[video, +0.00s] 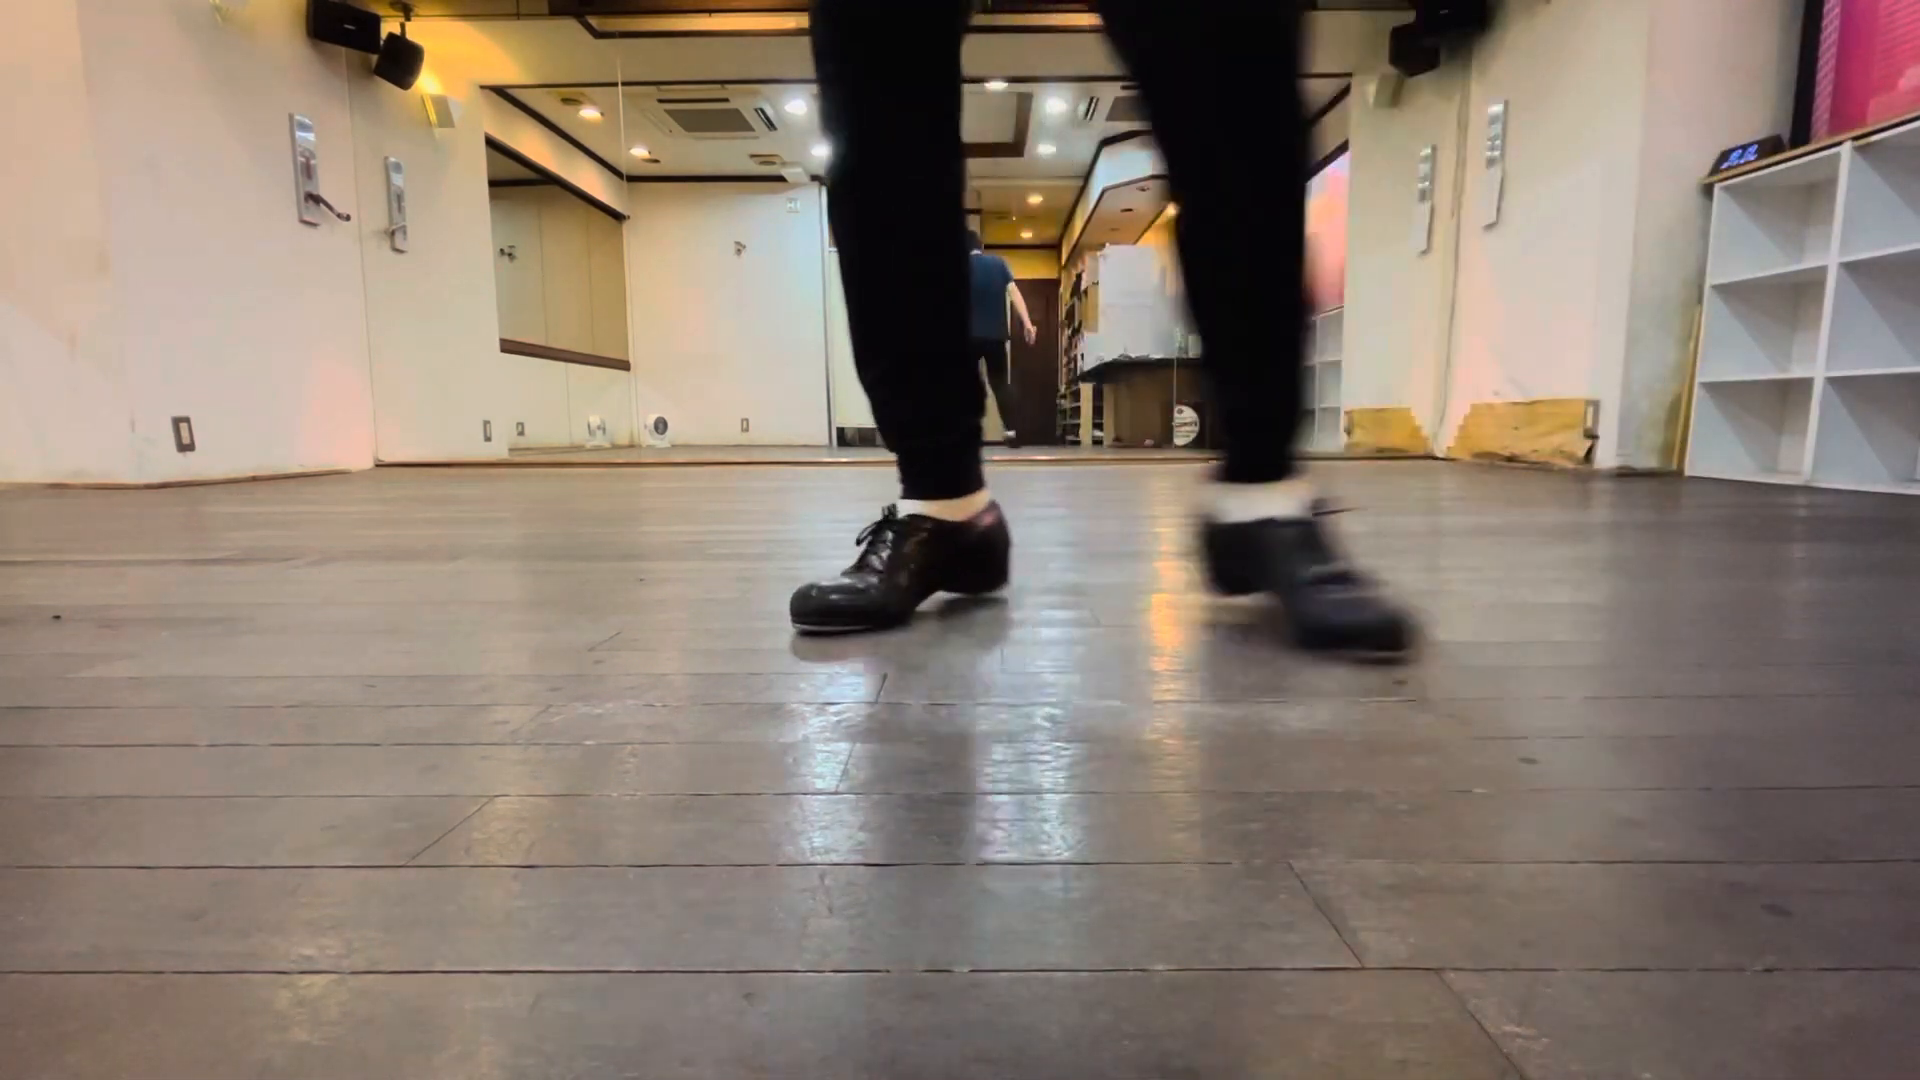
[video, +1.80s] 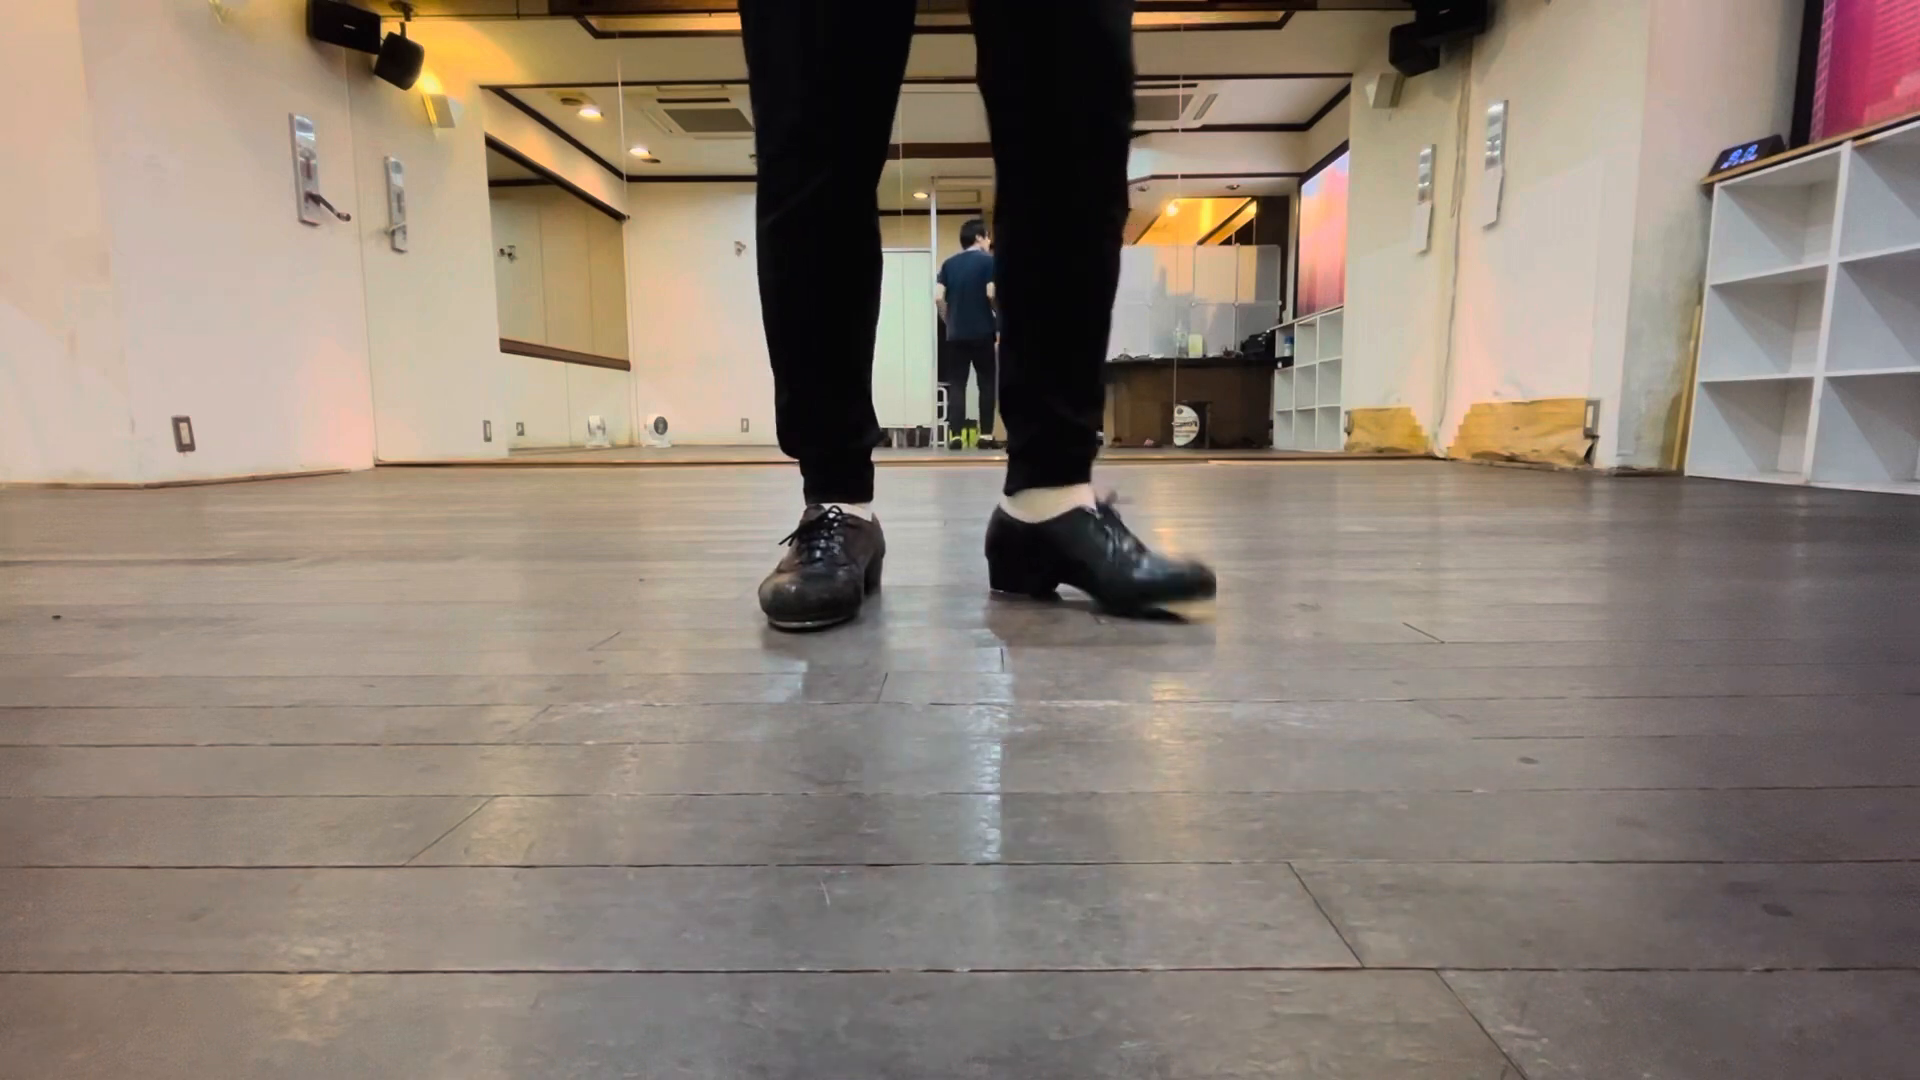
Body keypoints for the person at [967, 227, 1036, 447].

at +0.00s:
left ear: (964, 248)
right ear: (980, 245)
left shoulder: (960, 265)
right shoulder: (997, 263)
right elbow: (1014, 293)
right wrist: (1027, 322)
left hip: (968, 337)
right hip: (995, 336)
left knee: (967, 383)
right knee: (1000, 382)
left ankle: (967, 432)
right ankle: (1010, 428)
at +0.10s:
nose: (958, 252)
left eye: (957, 249)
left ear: (958, 248)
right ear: (978, 245)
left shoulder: (955, 267)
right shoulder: (994, 263)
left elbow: (950, 302)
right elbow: (1009, 292)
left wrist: (949, 330)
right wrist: (1021, 323)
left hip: (964, 335)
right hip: (993, 334)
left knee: (963, 384)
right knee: (994, 381)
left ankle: (968, 431)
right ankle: (995, 431)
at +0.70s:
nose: (979, 242)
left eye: (977, 239)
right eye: (976, 239)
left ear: (957, 244)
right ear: (966, 241)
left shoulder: (946, 270)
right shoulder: (974, 257)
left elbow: (943, 302)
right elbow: (976, 287)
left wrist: (953, 326)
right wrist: (985, 323)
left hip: (954, 336)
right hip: (977, 333)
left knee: (956, 384)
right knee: (984, 384)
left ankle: (955, 433)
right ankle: (987, 433)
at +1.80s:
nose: (989, 241)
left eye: (988, 237)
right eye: (987, 237)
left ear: (963, 240)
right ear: (979, 238)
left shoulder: (949, 263)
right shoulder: (988, 261)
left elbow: (939, 297)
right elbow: (991, 294)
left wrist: (948, 320)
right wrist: (998, 315)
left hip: (956, 333)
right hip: (982, 332)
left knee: (956, 382)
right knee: (987, 382)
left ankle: (955, 433)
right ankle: (986, 433)